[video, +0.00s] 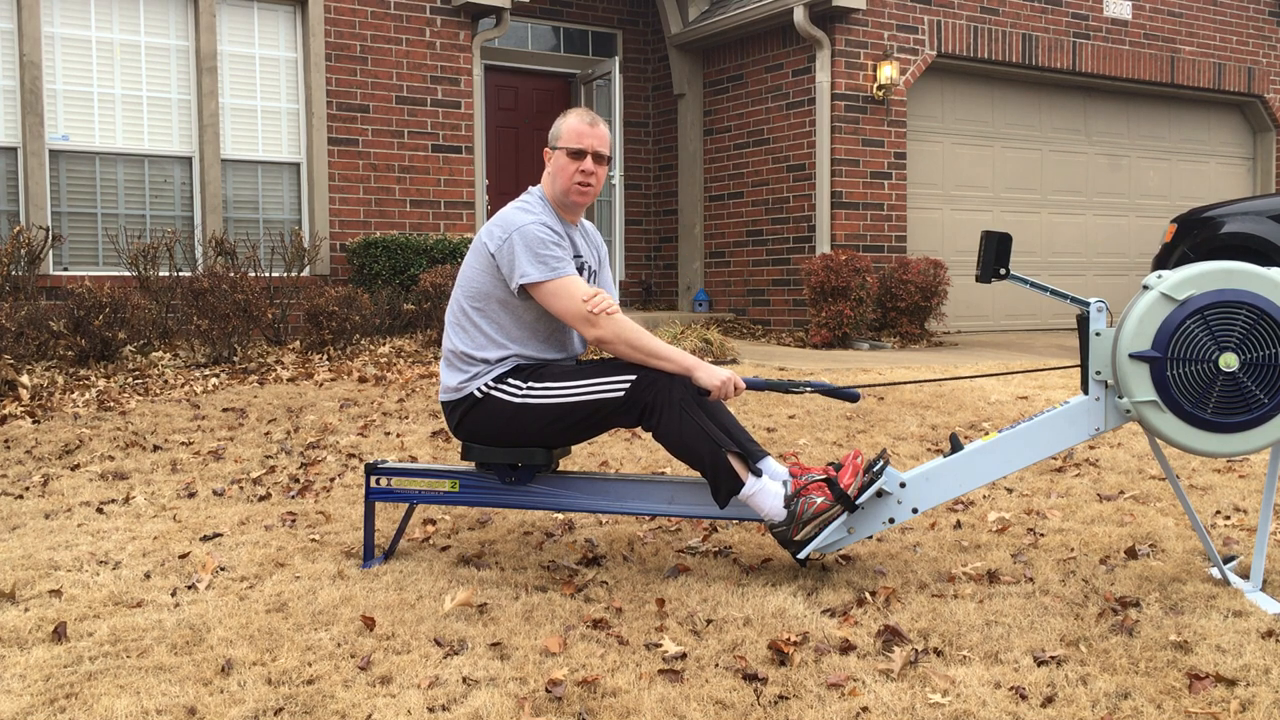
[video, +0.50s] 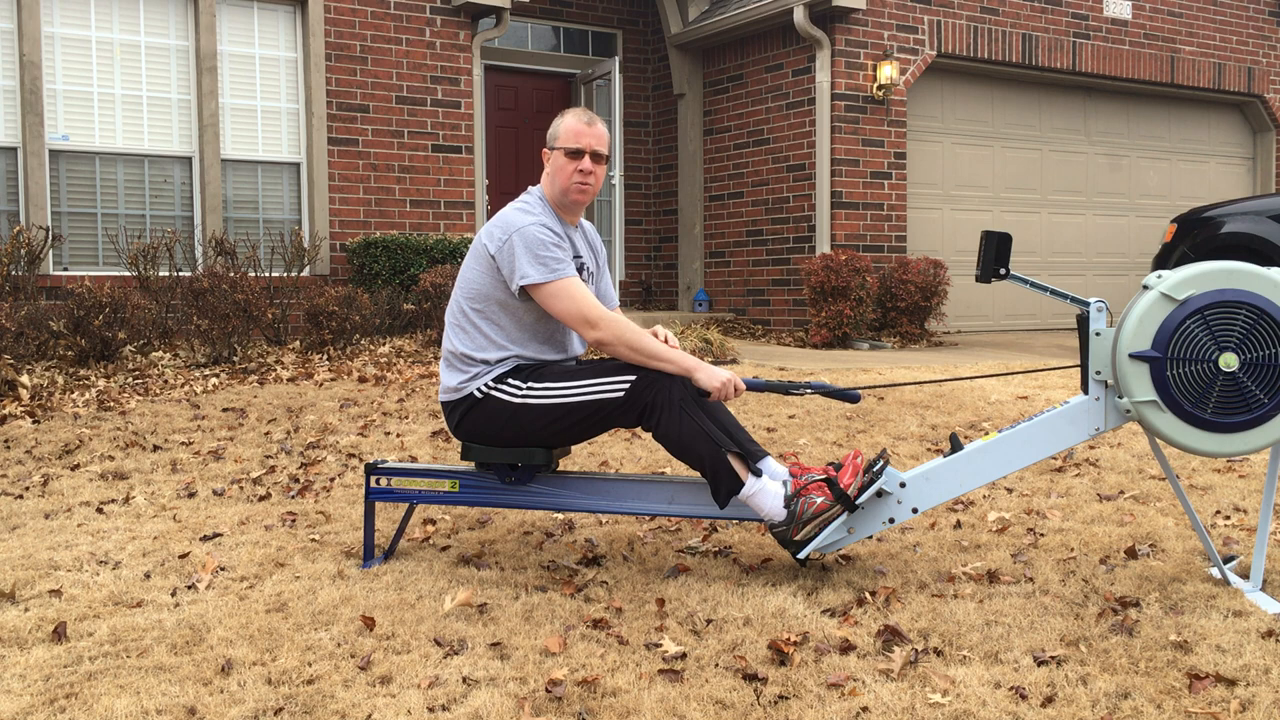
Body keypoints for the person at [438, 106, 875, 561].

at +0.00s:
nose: (588, 169)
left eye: (599, 160)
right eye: (575, 155)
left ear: (608, 170)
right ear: (546, 158)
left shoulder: (590, 240)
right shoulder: (524, 225)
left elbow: (612, 334)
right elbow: (597, 326)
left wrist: (609, 312)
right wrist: (697, 368)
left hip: (542, 377)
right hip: (488, 390)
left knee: (675, 379)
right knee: (652, 387)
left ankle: (788, 485)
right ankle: (777, 510)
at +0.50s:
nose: (586, 167)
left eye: (598, 158)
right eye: (573, 154)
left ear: (607, 169)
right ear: (545, 158)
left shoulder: (586, 239)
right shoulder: (523, 226)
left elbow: (608, 328)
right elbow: (594, 326)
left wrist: (674, 356)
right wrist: (699, 369)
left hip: (540, 376)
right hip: (487, 391)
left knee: (675, 378)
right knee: (652, 386)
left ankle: (788, 485)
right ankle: (777, 510)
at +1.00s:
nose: (589, 172)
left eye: (600, 163)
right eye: (577, 158)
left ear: (608, 172)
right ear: (548, 159)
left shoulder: (589, 238)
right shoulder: (524, 226)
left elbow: (621, 333)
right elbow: (595, 327)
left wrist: (649, 271)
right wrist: (697, 368)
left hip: (541, 377)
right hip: (488, 391)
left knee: (676, 378)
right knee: (652, 387)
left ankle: (788, 485)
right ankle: (777, 509)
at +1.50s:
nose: (591, 172)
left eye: (603, 164)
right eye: (579, 158)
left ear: (610, 174)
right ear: (549, 159)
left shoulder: (586, 237)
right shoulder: (525, 226)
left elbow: (631, 336)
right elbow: (593, 328)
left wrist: (632, 284)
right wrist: (698, 369)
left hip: (538, 376)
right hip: (487, 390)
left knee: (674, 377)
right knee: (651, 387)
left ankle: (786, 483)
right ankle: (775, 509)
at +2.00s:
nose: (593, 168)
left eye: (603, 160)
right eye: (581, 154)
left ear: (610, 171)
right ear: (548, 158)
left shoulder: (587, 240)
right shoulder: (523, 226)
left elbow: (637, 320)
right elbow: (592, 327)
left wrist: (694, 306)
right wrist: (697, 369)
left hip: (541, 377)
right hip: (487, 391)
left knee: (675, 376)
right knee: (651, 386)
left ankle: (786, 484)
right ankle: (776, 510)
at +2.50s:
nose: (592, 168)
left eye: (603, 159)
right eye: (579, 154)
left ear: (609, 171)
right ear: (548, 158)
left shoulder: (586, 239)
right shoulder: (524, 226)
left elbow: (635, 320)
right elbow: (592, 326)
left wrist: (694, 300)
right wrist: (698, 370)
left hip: (540, 377)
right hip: (487, 391)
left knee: (675, 377)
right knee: (650, 387)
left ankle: (788, 485)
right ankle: (777, 510)